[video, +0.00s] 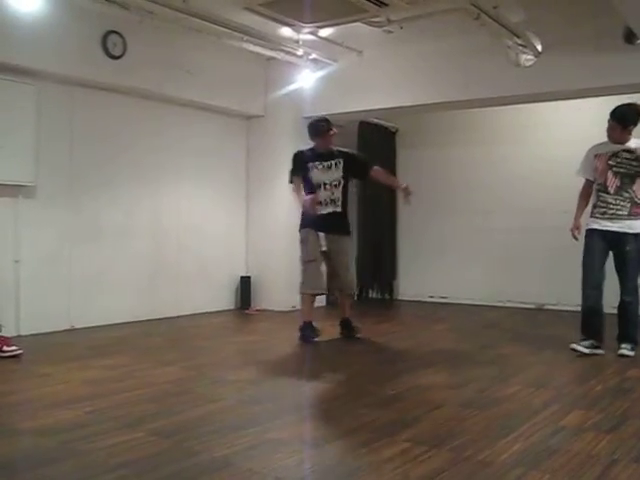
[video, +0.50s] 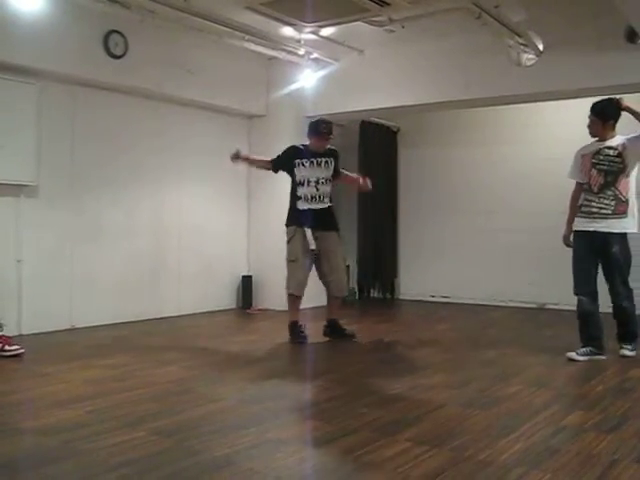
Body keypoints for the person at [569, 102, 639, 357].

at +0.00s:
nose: (608, 130)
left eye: (613, 127)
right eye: (609, 125)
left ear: (626, 130)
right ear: (612, 125)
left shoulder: (637, 154)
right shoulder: (597, 152)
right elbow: (588, 187)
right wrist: (577, 217)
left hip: (630, 230)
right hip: (598, 228)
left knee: (630, 289)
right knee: (591, 283)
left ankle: (628, 341)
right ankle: (592, 339)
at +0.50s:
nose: (588, 124)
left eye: (592, 120)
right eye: (589, 119)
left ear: (607, 122)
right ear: (603, 122)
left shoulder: (627, 148)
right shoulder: (584, 152)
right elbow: (578, 191)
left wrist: (628, 108)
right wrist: (569, 227)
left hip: (614, 232)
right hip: (583, 231)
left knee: (619, 289)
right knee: (585, 292)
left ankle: (629, 340)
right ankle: (592, 345)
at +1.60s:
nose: (568, 117)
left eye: (570, 112)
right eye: (568, 112)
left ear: (582, 112)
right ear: (586, 113)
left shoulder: (604, 139)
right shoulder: (586, 139)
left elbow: (609, 125)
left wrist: (600, 98)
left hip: (595, 228)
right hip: (579, 225)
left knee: (592, 291)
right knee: (575, 288)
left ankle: (597, 355)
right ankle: (587, 345)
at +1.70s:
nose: (568, 120)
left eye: (569, 114)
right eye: (567, 114)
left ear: (582, 113)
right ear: (584, 113)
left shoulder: (602, 140)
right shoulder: (587, 139)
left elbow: (602, 123)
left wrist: (597, 98)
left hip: (593, 228)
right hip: (580, 226)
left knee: (590, 290)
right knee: (579, 288)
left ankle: (596, 355)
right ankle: (588, 346)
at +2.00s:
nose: (564, 126)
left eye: (566, 120)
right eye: (564, 120)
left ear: (577, 118)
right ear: (576, 119)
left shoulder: (595, 143)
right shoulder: (587, 145)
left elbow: (582, 126)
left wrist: (589, 106)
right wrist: (588, 106)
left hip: (587, 229)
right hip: (582, 228)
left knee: (581, 292)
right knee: (587, 290)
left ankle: (594, 354)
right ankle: (589, 347)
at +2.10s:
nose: (562, 124)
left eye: (564, 119)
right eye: (562, 119)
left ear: (576, 118)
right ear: (576, 119)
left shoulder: (591, 142)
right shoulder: (587, 145)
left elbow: (581, 122)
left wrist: (588, 105)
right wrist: (587, 104)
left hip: (583, 228)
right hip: (589, 227)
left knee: (566, 285)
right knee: (590, 287)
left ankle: (588, 347)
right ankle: (594, 345)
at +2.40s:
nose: (552, 129)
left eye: (553, 123)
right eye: (551, 124)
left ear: (563, 120)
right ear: (568, 122)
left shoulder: (577, 143)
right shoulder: (585, 146)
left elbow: (565, 121)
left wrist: (574, 105)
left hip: (570, 226)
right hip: (588, 228)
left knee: (542, 281)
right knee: (587, 290)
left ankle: (543, 341)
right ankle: (595, 345)